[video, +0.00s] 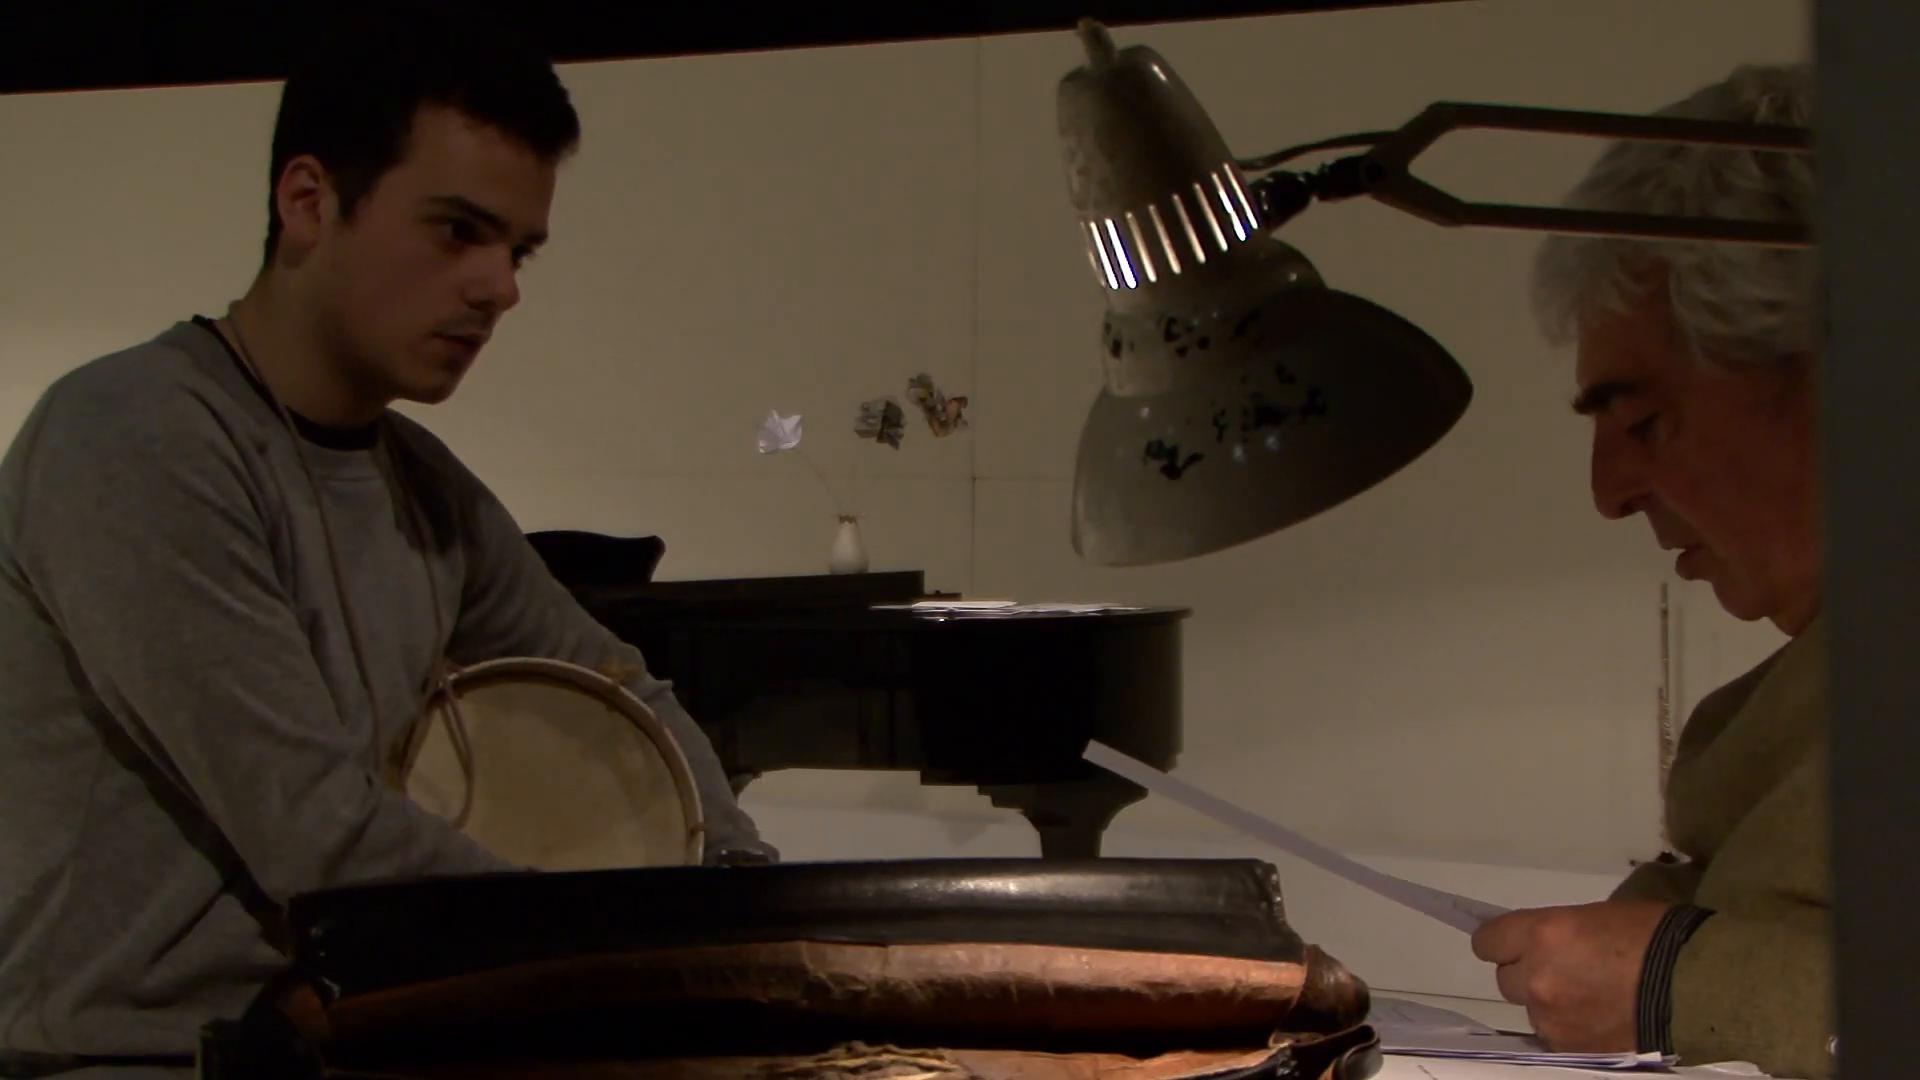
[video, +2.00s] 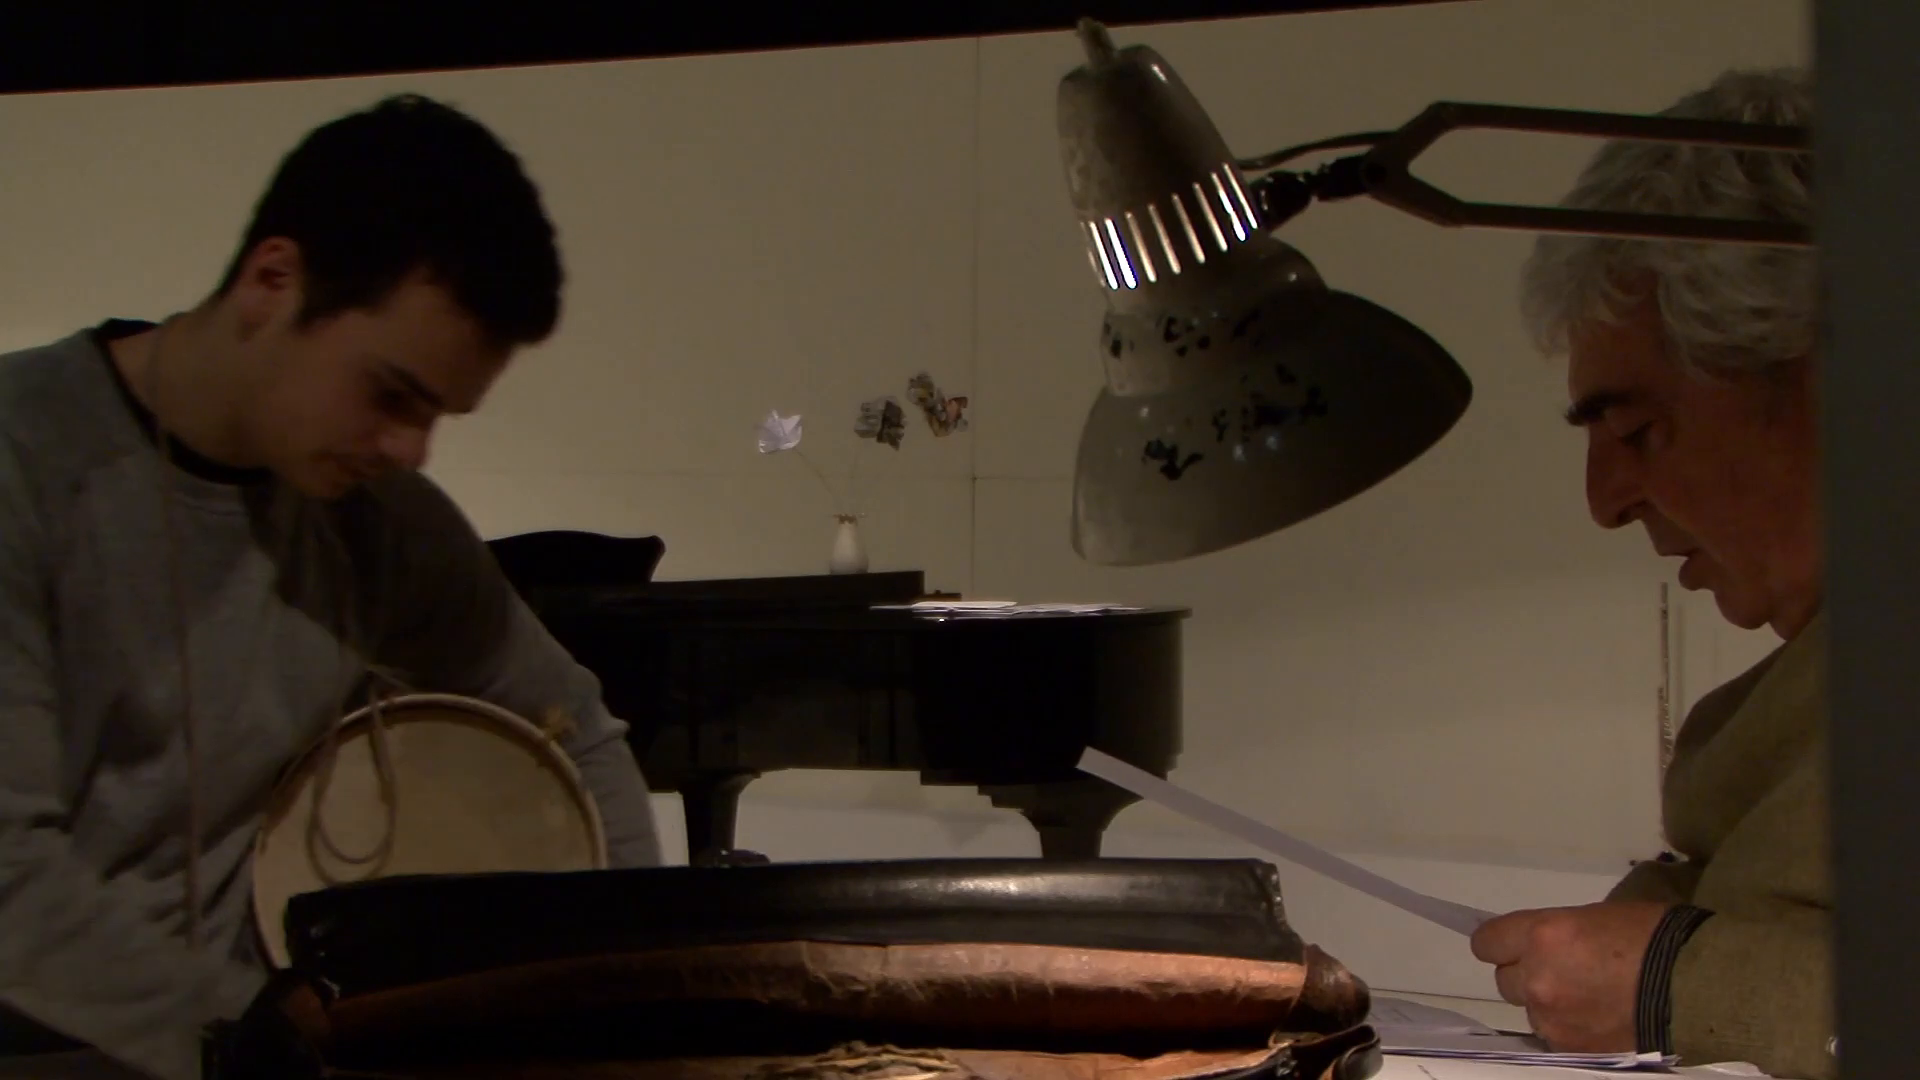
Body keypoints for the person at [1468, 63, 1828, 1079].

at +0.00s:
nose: (1612, 494)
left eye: (1640, 418)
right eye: (1602, 429)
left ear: (1817, 368)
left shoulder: (1869, 664)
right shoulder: (1790, 687)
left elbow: (1887, 1008)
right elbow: (1760, 885)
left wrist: (1675, 984)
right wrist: (1654, 932)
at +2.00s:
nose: (1608, 503)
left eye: (1635, 426)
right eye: (1597, 436)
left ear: (1817, 372)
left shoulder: (1879, 655)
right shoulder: (1802, 667)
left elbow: (1897, 1005)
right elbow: (1748, 870)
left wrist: (1674, 984)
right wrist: (1650, 930)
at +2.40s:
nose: (1608, 506)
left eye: (1636, 430)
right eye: (1597, 441)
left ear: (1815, 372)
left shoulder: (1875, 658)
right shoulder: (1797, 676)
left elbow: (1895, 1007)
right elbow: (1749, 871)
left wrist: (1673, 983)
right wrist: (1653, 927)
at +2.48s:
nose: (1608, 507)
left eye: (1636, 430)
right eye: (1597, 441)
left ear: (1817, 373)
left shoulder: (1876, 658)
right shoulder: (1797, 675)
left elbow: (1892, 1006)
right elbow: (1745, 870)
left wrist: (1674, 983)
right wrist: (1651, 930)